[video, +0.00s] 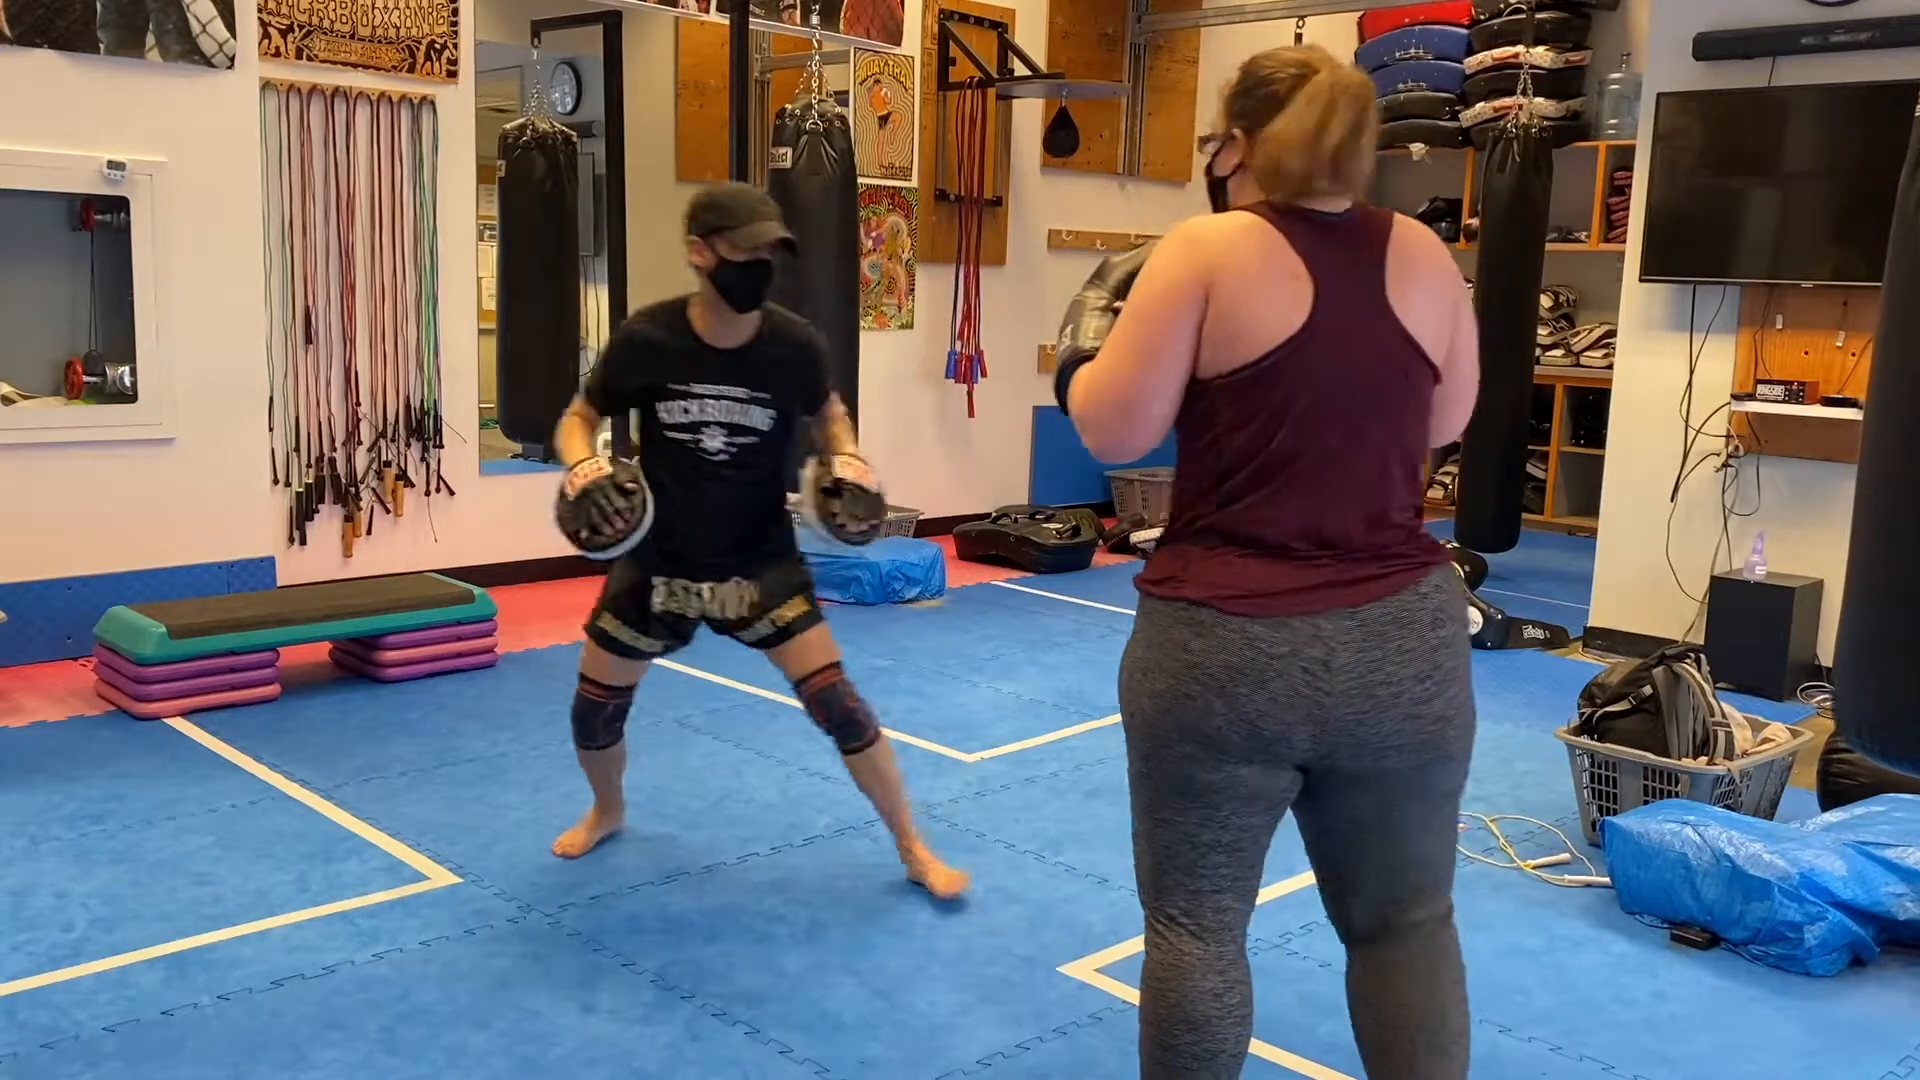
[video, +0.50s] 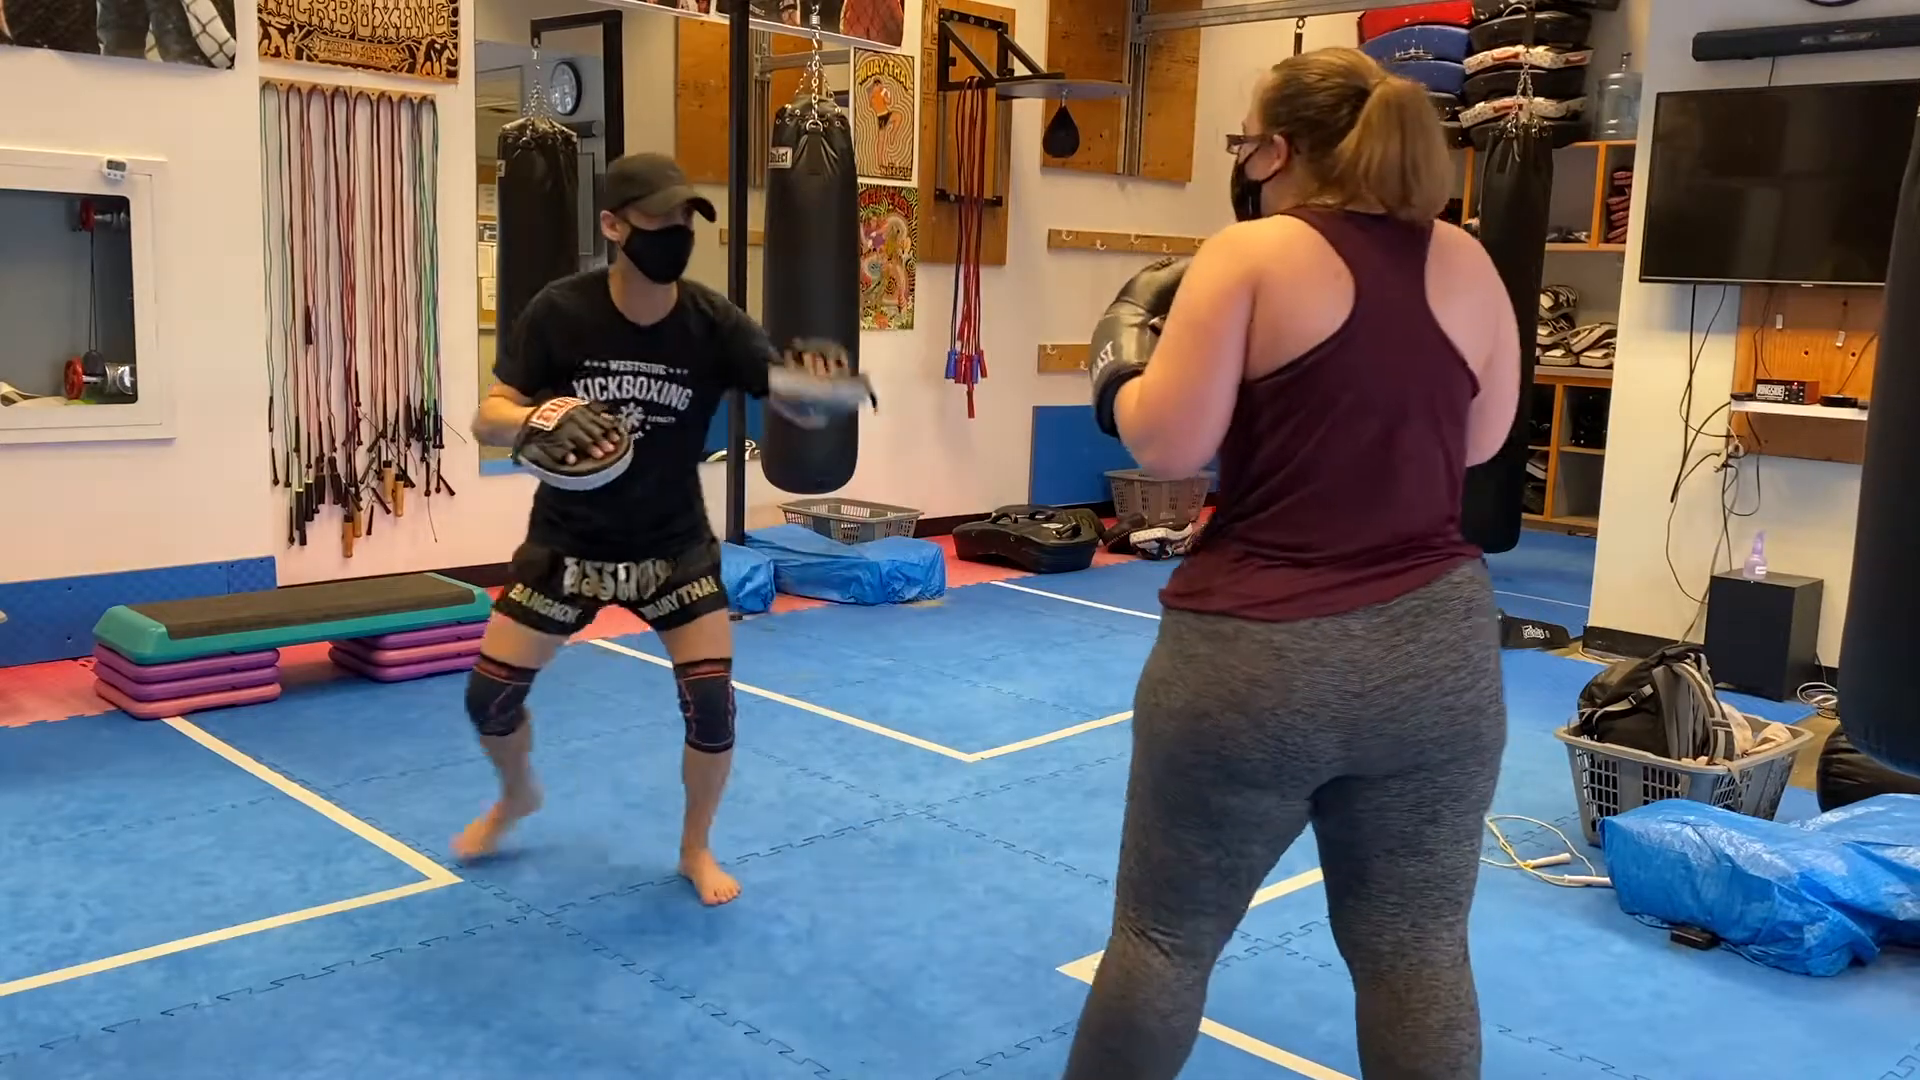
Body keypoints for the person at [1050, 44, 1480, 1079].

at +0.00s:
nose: (1214, 156)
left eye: (1220, 141)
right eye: (1218, 141)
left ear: (1242, 148)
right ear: (1352, 143)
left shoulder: (1202, 250)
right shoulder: (1422, 254)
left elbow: (1113, 430)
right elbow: (1448, 419)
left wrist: (1085, 361)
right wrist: (1336, 391)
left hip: (1218, 647)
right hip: (1402, 646)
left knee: (1194, 928)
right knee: (1405, 920)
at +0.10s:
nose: (1239, 157)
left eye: (1244, 141)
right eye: (1242, 140)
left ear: (1268, 145)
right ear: (1374, 135)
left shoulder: (1234, 249)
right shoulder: (1453, 249)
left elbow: (1164, 438)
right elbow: (1473, 413)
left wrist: (1115, 378)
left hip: (1245, 651)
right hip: (1431, 647)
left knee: (1185, 915)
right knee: (1417, 927)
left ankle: (1179, 1074)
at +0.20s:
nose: (1257, 157)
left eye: (1265, 138)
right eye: (1259, 137)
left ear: (1298, 142)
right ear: (1387, 132)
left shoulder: (1259, 249)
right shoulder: (1478, 247)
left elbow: (1194, 441)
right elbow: (1501, 413)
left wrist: (1141, 386)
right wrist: (1376, 383)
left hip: (1268, 648)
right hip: (1457, 645)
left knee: (1171, 897)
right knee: (1426, 935)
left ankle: (1154, 1073)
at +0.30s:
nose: (1260, 159)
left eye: (1270, 139)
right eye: (1263, 138)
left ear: (1308, 146)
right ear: (1393, 135)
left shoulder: (1270, 252)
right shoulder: (1488, 247)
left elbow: (1202, 441)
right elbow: (1512, 419)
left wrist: (1147, 376)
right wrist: (1385, 381)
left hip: (1283, 648)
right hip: (1471, 643)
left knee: (1160, 893)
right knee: (1432, 945)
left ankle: (1130, 1069)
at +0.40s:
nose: (1258, 165)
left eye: (1268, 144)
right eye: (1259, 143)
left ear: (1309, 146)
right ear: (1388, 137)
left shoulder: (1265, 253)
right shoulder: (1482, 250)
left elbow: (1196, 443)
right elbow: (1506, 424)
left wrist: (1139, 378)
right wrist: (1375, 400)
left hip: (1275, 650)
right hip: (1464, 646)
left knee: (1161, 916)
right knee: (1430, 954)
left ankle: (1104, 1068)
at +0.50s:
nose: (1250, 163)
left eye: (1258, 142)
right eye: (1251, 141)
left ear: (1293, 147)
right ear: (1386, 140)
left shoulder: (1245, 255)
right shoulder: (1465, 259)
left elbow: (1170, 444)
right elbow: (1483, 434)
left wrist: (1123, 371)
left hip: (1253, 655)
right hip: (1438, 649)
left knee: (1163, 939)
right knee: (1419, 952)